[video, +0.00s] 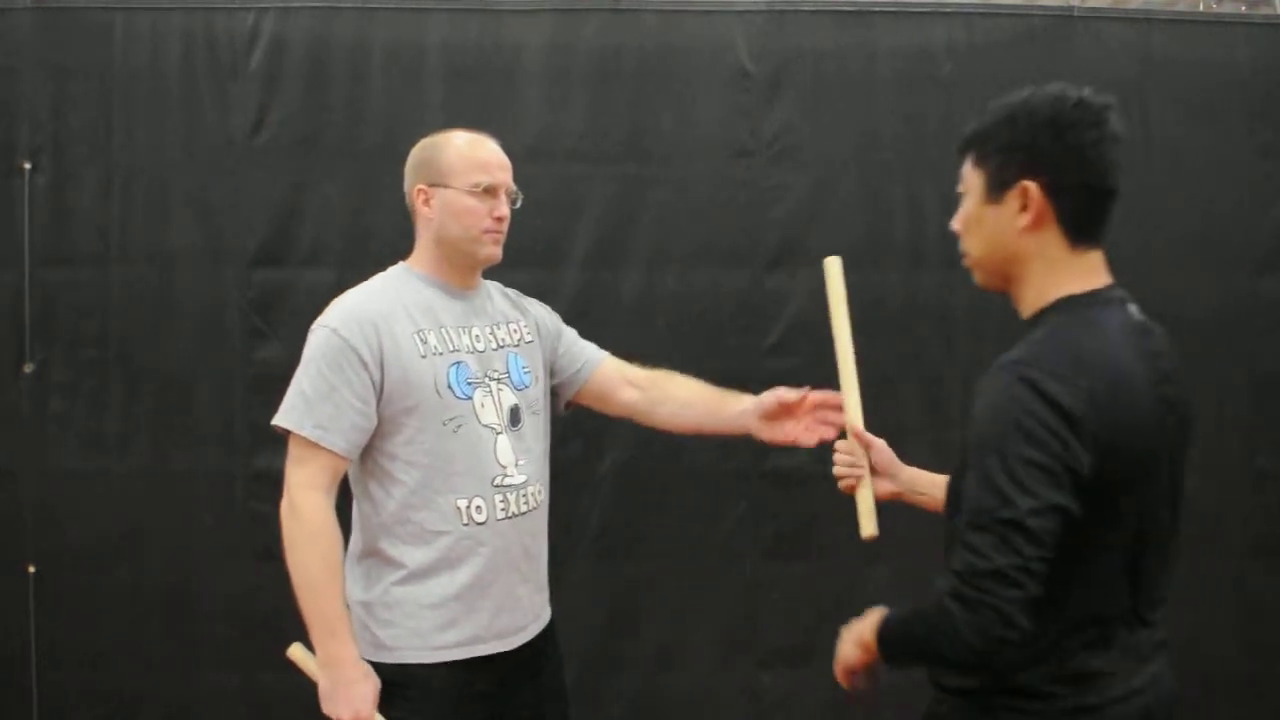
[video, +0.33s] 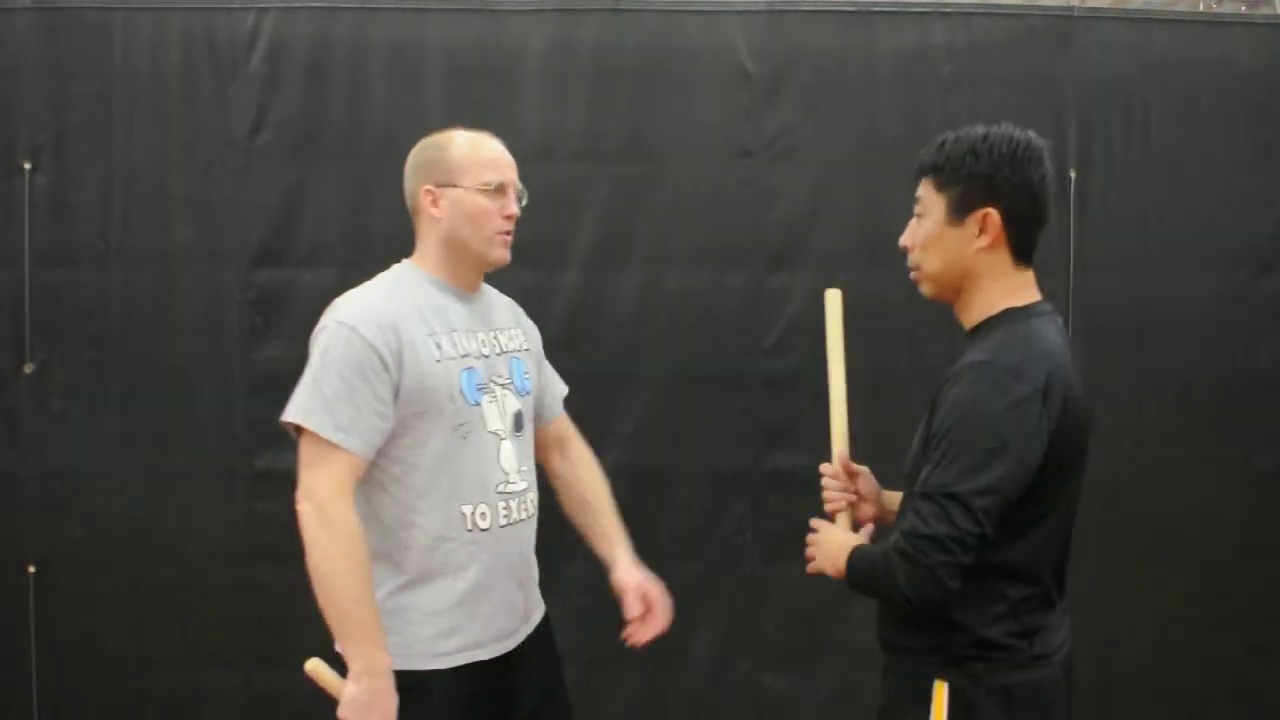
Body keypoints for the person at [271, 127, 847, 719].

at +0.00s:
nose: (503, 210)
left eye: (508, 195)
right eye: (483, 192)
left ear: (511, 205)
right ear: (423, 200)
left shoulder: (523, 318)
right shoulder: (358, 324)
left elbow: (634, 388)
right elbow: (305, 497)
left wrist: (751, 414)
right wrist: (339, 665)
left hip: (526, 644)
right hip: (413, 662)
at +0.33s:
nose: (515, 210)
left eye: (515, 194)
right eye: (494, 191)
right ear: (434, 201)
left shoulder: (510, 319)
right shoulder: (365, 323)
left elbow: (560, 444)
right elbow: (323, 497)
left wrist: (622, 561)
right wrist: (368, 671)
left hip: (524, 644)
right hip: (417, 670)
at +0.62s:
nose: (572, 212)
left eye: (570, 197)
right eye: (553, 193)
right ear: (496, 202)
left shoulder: (545, 322)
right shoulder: (428, 310)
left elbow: (559, 463)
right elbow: (395, 479)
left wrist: (579, 585)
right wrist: (446, 643)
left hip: (542, 642)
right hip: (451, 653)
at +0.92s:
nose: (556, 220)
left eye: (555, 204)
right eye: (542, 199)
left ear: (489, 206)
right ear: (484, 203)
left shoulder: (525, 324)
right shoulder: (418, 316)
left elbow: (563, 457)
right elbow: (423, 492)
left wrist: (610, 583)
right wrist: (511, 634)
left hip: (535, 642)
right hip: (435, 654)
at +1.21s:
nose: (531, 213)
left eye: (530, 196)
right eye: (514, 194)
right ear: (457, 202)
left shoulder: (507, 320)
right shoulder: (398, 323)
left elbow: (534, 474)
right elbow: (407, 503)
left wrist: (556, 598)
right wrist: (477, 655)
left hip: (523, 654)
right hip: (425, 661)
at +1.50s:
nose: (533, 213)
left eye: (531, 196)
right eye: (516, 194)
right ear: (458, 202)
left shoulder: (508, 319)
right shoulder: (397, 325)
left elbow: (542, 462)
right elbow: (402, 509)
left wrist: (571, 591)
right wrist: (472, 660)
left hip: (527, 652)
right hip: (428, 664)